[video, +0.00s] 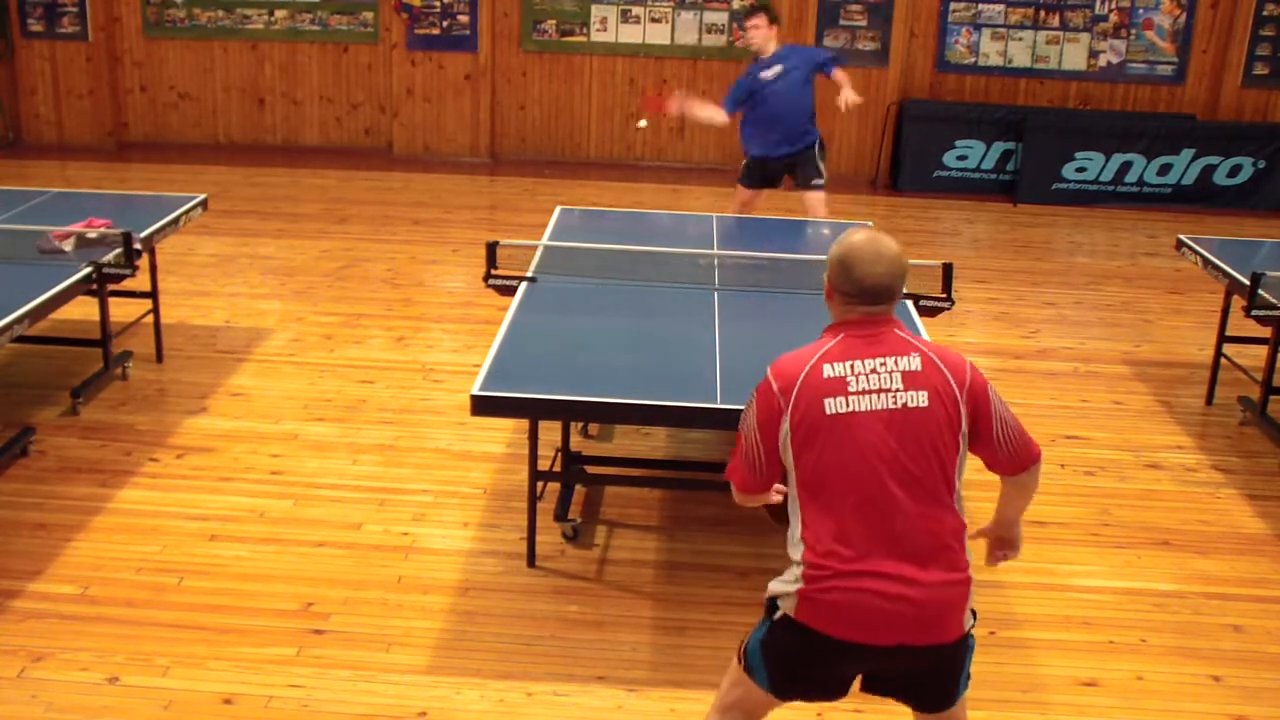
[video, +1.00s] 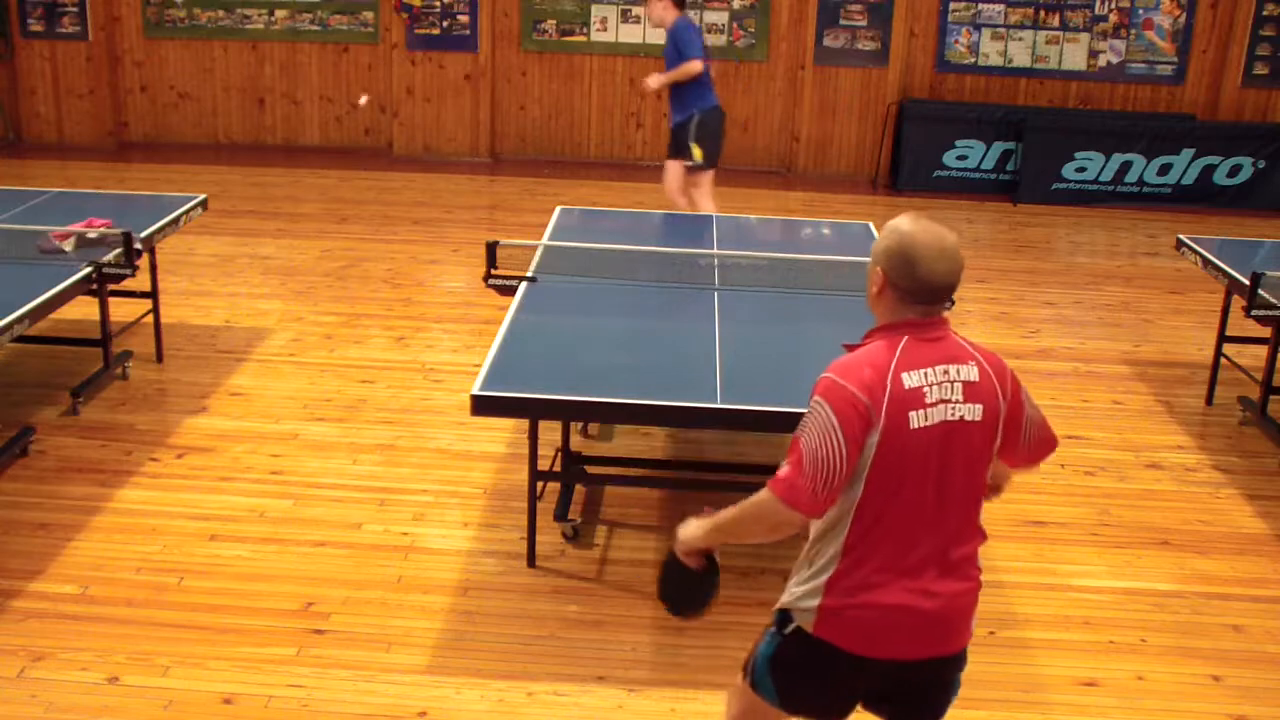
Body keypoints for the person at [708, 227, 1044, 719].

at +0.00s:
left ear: (828, 290)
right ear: (900, 292)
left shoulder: (787, 377)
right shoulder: (953, 371)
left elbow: (747, 489)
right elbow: (1023, 462)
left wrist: (769, 492)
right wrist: (1006, 522)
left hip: (825, 619)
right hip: (935, 625)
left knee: (737, 704)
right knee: (944, 709)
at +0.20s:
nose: (790, 288)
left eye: (791, 279)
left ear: (798, 288)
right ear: (864, 286)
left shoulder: (763, 373)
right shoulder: (922, 367)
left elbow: (708, 479)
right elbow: (1001, 460)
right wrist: (1006, 519)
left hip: (796, 612)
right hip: (901, 616)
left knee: (702, 700)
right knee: (939, 711)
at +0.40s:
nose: (703, 304)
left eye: (705, 296)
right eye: (706, 293)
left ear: (715, 308)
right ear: (782, 302)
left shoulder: (695, 399)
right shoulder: (849, 372)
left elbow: (585, 444)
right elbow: (936, 447)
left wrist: (569, 381)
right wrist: (1008, 502)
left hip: (753, 624)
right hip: (860, 620)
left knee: (654, 675)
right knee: (890, 706)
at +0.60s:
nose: (723, 297)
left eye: (726, 289)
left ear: (732, 301)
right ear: (803, 298)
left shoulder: (711, 396)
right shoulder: (858, 374)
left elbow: (600, 453)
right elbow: (943, 446)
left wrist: (559, 363)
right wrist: (990, 484)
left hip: (732, 622)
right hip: (842, 622)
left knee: (650, 681)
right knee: (874, 707)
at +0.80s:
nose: (814, 284)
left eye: (817, 277)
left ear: (822, 293)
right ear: (893, 295)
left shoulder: (803, 391)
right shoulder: (938, 376)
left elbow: (722, 492)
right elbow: (994, 437)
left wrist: (628, 456)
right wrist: (962, 455)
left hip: (796, 624)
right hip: (901, 626)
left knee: (695, 707)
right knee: (906, 714)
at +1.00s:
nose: (869, 268)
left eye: (873, 260)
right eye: (877, 256)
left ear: (879, 281)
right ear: (950, 287)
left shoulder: (854, 379)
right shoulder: (989, 370)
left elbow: (794, 501)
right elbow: (1031, 444)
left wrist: (706, 531)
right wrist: (994, 471)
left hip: (837, 630)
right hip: (938, 636)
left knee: (753, 706)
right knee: (914, 713)